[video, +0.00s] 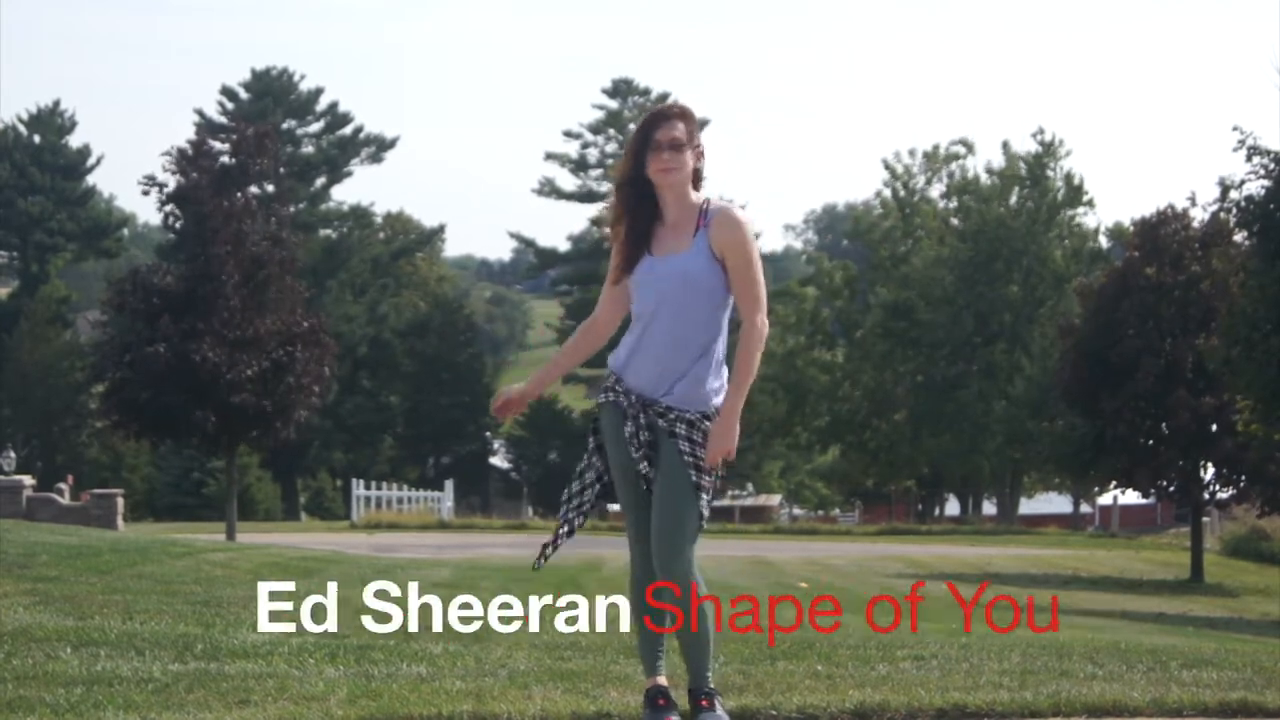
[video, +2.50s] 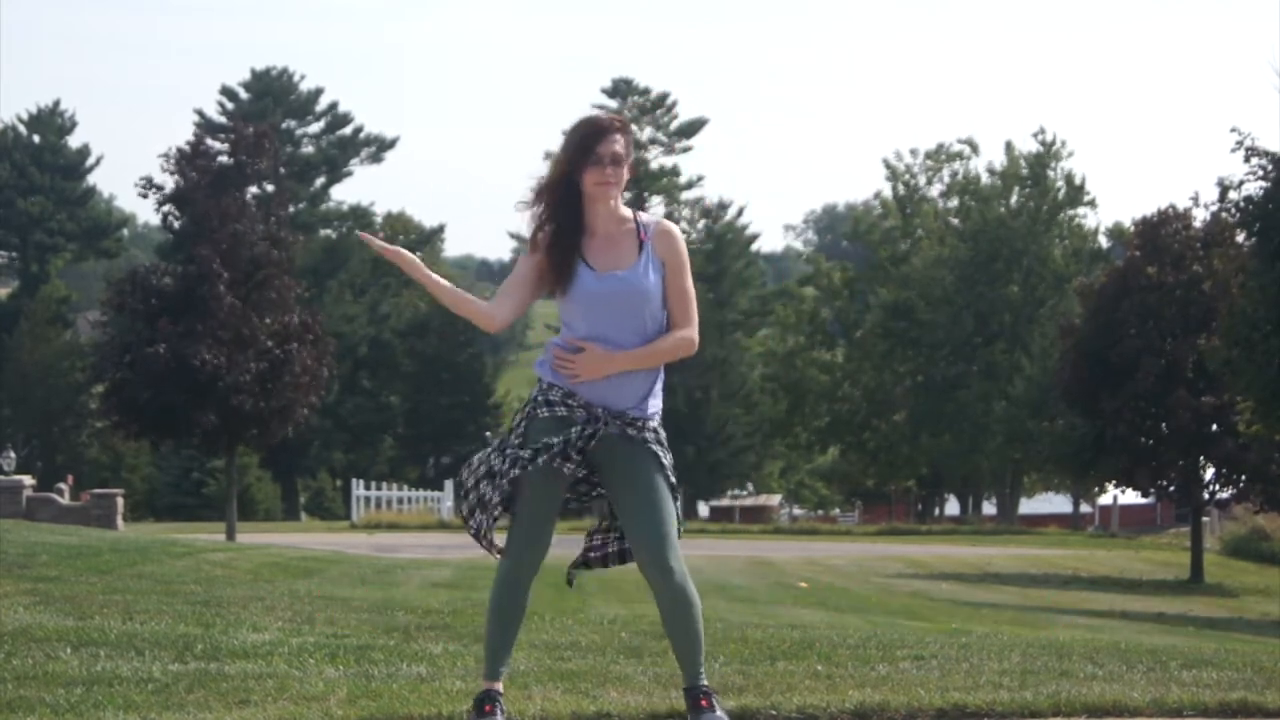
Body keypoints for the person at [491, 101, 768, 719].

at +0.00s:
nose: (669, 155)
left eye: (679, 145)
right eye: (658, 147)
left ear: (698, 155)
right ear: (641, 159)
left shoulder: (725, 225)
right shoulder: (633, 233)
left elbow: (756, 321)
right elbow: (604, 319)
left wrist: (732, 411)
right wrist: (536, 385)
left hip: (691, 411)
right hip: (625, 403)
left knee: (674, 557)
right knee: (643, 550)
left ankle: (702, 690)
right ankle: (655, 681)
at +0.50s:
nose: (660, 153)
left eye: (670, 144)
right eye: (650, 142)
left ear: (681, 154)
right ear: (626, 151)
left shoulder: (702, 210)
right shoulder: (612, 237)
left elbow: (802, 244)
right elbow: (612, 334)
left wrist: (797, 325)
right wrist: (594, 418)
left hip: (716, 400)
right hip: (649, 405)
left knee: (707, 549)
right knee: (654, 549)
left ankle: (708, 691)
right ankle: (660, 687)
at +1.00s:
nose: (670, 151)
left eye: (680, 142)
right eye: (660, 141)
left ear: (692, 153)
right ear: (639, 151)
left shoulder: (705, 232)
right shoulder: (607, 226)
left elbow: (760, 316)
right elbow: (554, 309)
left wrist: (836, 282)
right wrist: (568, 400)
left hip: (725, 401)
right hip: (658, 404)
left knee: (719, 551)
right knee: (684, 553)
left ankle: (712, 691)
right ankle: (664, 692)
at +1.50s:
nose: (663, 143)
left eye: (671, 133)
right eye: (650, 134)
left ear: (684, 143)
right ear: (628, 146)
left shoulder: (712, 218)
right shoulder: (607, 218)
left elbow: (735, 313)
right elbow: (537, 255)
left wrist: (681, 346)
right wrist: (533, 290)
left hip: (698, 397)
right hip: (629, 394)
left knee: (700, 549)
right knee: (644, 543)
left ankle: (709, 690)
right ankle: (657, 687)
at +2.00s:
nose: (632, 153)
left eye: (641, 144)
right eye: (621, 143)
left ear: (652, 157)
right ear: (598, 155)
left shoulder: (678, 229)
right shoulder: (573, 232)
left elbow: (704, 331)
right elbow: (546, 306)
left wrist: (624, 351)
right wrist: (493, 241)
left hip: (694, 400)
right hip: (621, 403)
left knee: (706, 550)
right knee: (567, 547)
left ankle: (709, 690)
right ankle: (547, 684)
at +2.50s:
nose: (613, 171)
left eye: (621, 162)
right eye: (601, 161)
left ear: (632, 170)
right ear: (575, 168)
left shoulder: (661, 238)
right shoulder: (554, 243)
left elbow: (686, 336)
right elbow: (494, 316)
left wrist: (614, 362)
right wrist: (418, 269)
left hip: (631, 421)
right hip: (556, 410)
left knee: (663, 561)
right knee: (525, 551)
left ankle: (699, 692)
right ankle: (491, 691)